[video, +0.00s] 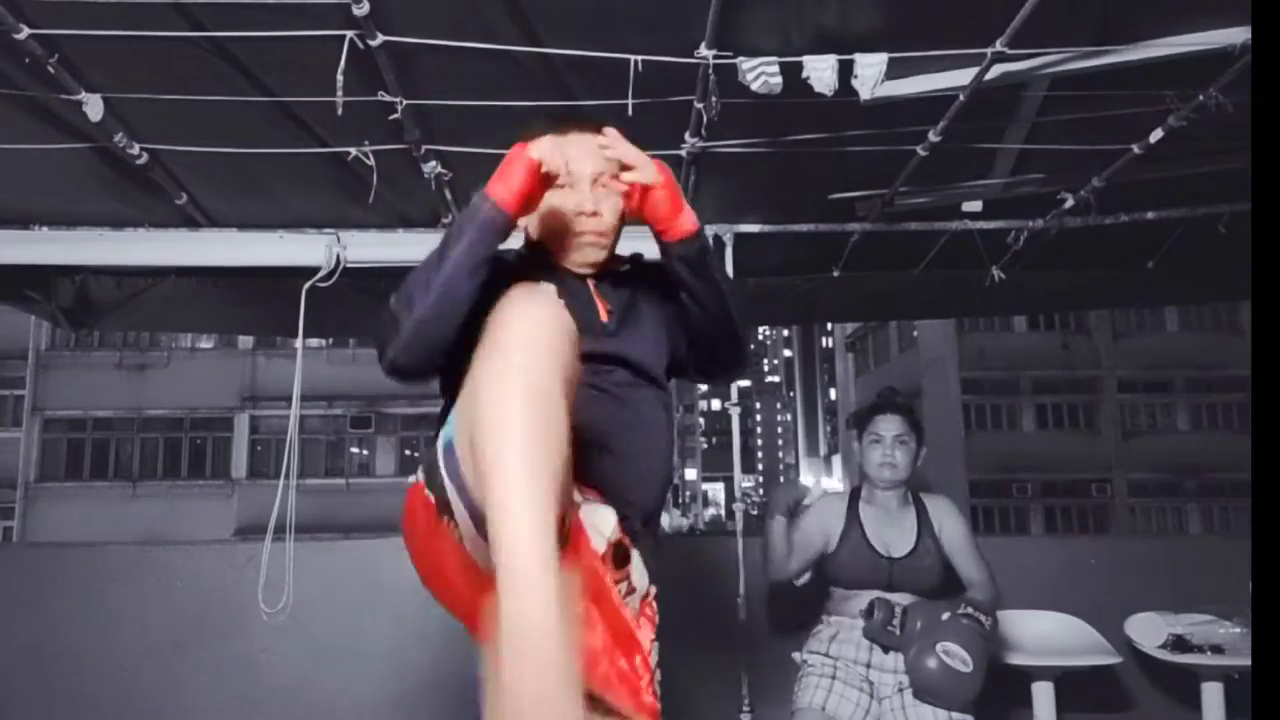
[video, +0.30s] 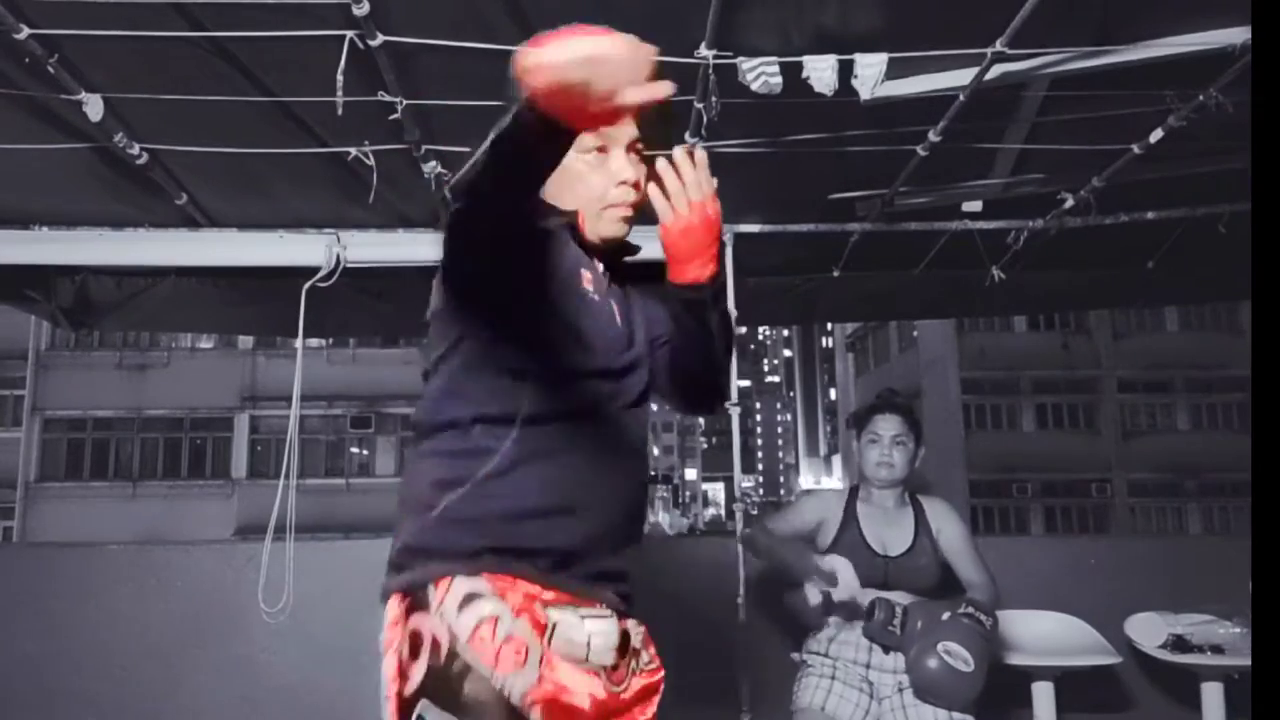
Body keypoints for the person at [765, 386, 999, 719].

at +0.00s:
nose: (888, 452)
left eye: (900, 442)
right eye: (875, 441)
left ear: (918, 455)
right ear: (858, 452)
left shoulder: (939, 512)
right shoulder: (830, 511)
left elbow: (982, 588)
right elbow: (780, 570)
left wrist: (965, 622)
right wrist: (777, 510)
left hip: (922, 665)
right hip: (839, 662)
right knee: (820, 712)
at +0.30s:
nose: (885, 452)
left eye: (899, 443)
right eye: (874, 441)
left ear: (917, 455)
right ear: (856, 449)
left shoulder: (937, 515)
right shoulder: (825, 506)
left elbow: (983, 589)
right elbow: (758, 536)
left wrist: (961, 620)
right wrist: (808, 567)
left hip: (921, 669)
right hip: (837, 665)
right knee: (820, 712)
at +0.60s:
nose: (885, 453)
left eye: (898, 444)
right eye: (873, 441)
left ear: (917, 458)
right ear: (857, 450)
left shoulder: (935, 517)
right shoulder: (829, 511)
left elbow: (981, 588)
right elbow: (788, 572)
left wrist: (969, 620)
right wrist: (785, 503)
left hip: (920, 667)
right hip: (839, 663)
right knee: (822, 711)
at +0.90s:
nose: (886, 452)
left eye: (898, 442)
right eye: (873, 441)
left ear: (912, 454)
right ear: (852, 452)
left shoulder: (934, 516)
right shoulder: (828, 511)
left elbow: (984, 589)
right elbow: (758, 557)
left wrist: (971, 618)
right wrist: (789, 522)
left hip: (923, 666)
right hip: (842, 663)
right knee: (832, 712)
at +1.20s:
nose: (884, 451)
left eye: (898, 443)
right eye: (873, 439)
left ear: (913, 457)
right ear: (853, 447)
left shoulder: (934, 515)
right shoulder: (828, 513)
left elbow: (983, 587)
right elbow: (794, 579)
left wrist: (972, 616)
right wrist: (782, 504)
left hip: (921, 667)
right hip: (841, 664)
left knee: (937, 715)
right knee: (829, 712)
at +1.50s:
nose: (888, 450)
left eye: (902, 442)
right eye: (876, 439)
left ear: (914, 456)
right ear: (856, 448)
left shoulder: (935, 518)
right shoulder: (824, 514)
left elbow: (986, 590)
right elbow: (764, 565)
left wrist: (980, 614)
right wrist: (747, 515)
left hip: (922, 666)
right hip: (841, 663)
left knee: (941, 716)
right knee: (829, 709)